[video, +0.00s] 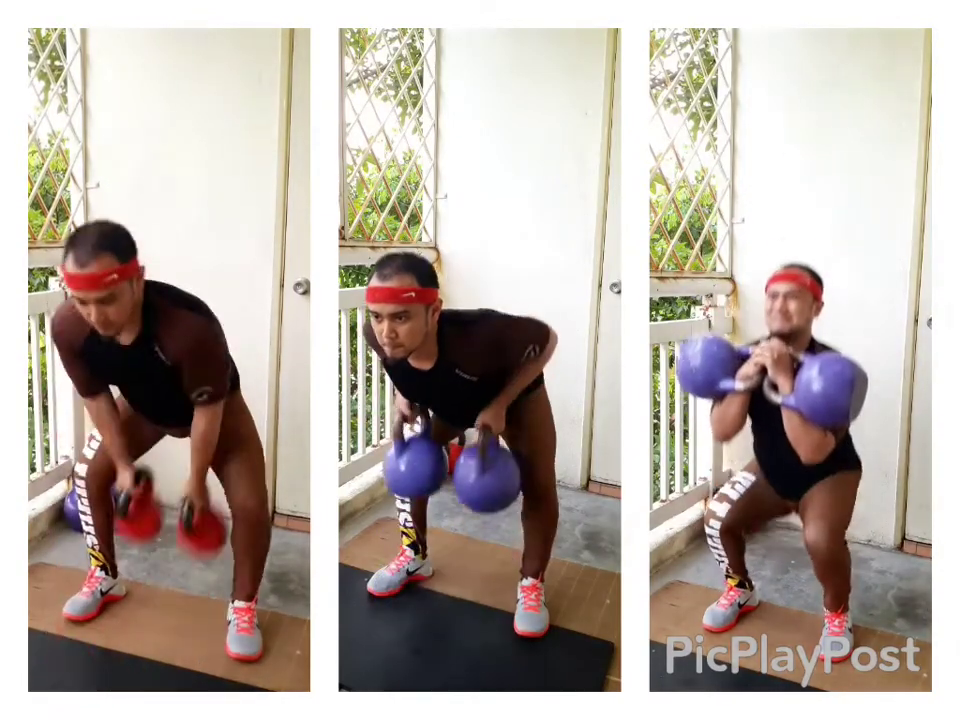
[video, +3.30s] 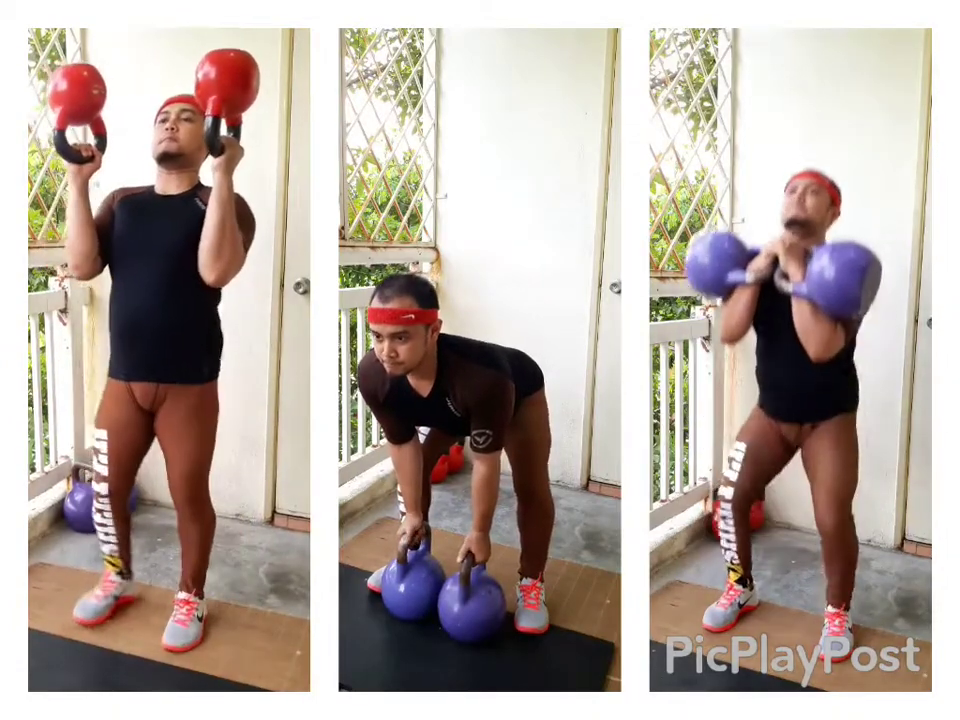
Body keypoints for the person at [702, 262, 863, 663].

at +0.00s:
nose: (779, 305)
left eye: (792, 297)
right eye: (772, 296)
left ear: (816, 309)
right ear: (765, 306)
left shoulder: (830, 366)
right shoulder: (747, 357)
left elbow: (814, 451)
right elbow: (721, 431)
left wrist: (785, 384)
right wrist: (743, 382)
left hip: (830, 472)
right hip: (774, 471)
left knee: (821, 540)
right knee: (724, 521)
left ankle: (837, 615)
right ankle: (740, 588)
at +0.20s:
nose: (786, 250)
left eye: (798, 242)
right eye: (779, 241)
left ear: (821, 254)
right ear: (769, 252)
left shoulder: (832, 318)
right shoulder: (752, 312)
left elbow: (817, 399)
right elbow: (725, 381)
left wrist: (789, 331)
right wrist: (749, 326)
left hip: (830, 441)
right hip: (774, 437)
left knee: (828, 531)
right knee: (724, 508)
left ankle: (837, 613)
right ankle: (739, 586)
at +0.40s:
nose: (797, 192)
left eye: (811, 185)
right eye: (790, 183)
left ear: (832, 204)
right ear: (777, 197)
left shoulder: (840, 262)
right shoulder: (754, 254)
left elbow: (820, 338)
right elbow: (730, 324)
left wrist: (793, 265)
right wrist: (754, 262)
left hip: (831, 415)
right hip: (772, 409)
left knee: (834, 518)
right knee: (738, 495)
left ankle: (837, 612)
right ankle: (740, 584)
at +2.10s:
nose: (790, 259)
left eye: (802, 251)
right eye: (783, 251)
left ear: (824, 262)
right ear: (774, 260)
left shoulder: (835, 321)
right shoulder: (755, 316)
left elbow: (819, 395)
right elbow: (729, 384)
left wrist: (794, 326)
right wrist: (754, 328)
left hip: (831, 448)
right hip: (775, 445)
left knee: (827, 536)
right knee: (725, 515)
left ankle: (835, 615)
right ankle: (740, 586)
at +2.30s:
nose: (788, 320)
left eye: (800, 311)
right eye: (781, 311)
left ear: (822, 323)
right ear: (772, 321)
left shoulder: (832, 380)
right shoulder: (751, 375)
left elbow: (818, 461)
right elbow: (726, 444)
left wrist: (791, 391)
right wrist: (752, 394)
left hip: (829, 490)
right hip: (772, 489)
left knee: (826, 547)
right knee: (716, 524)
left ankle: (835, 616)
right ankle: (740, 589)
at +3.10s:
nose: (792, 254)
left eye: (805, 248)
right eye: (786, 246)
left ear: (825, 265)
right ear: (774, 258)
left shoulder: (833, 324)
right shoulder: (755, 317)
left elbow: (818, 404)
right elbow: (726, 387)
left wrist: (792, 336)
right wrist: (750, 334)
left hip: (829, 446)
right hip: (774, 442)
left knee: (824, 535)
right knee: (722, 512)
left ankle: (836, 614)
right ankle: (740, 586)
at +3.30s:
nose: (798, 200)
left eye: (812, 195)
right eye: (792, 192)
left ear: (832, 214)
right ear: (779, 206)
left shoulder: (840, 272)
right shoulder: (757, 265)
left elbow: (822, 348)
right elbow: (729, 332)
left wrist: (796, 276)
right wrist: (755, 273)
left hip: (830, 419)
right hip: (771, 413)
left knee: (833, 521)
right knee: (734, 496)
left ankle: (837, 613)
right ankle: (739, 585)